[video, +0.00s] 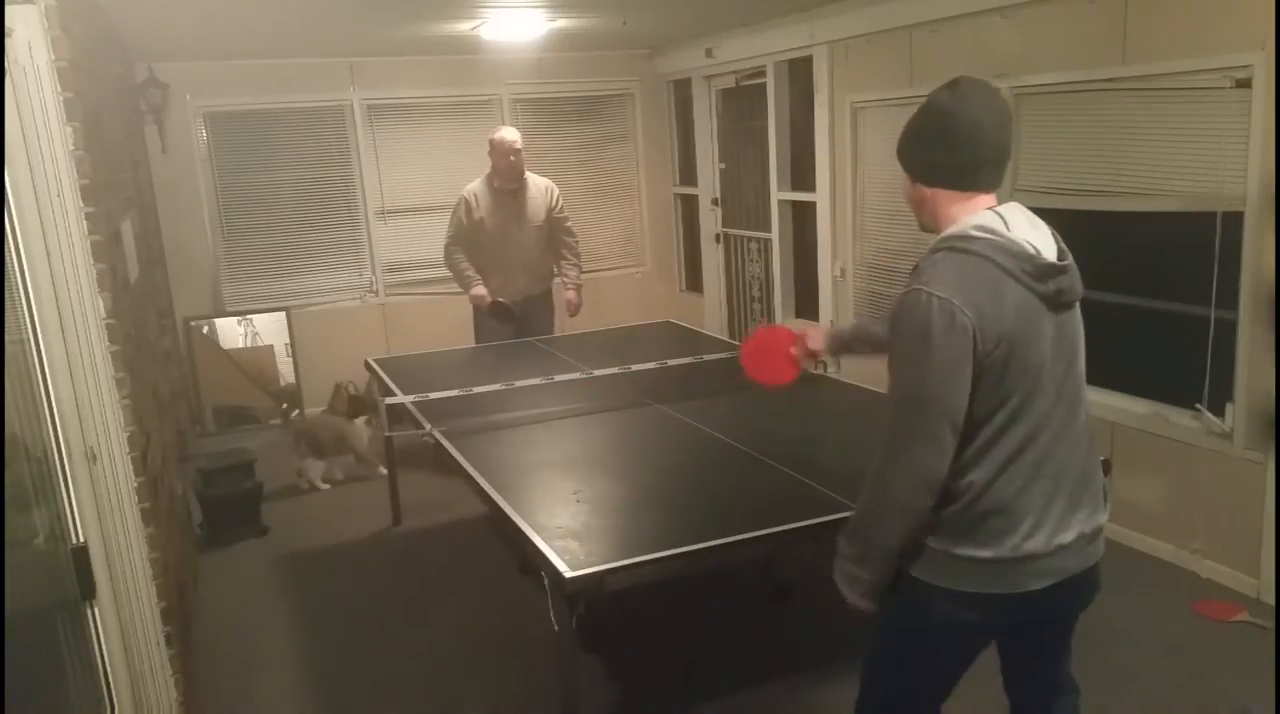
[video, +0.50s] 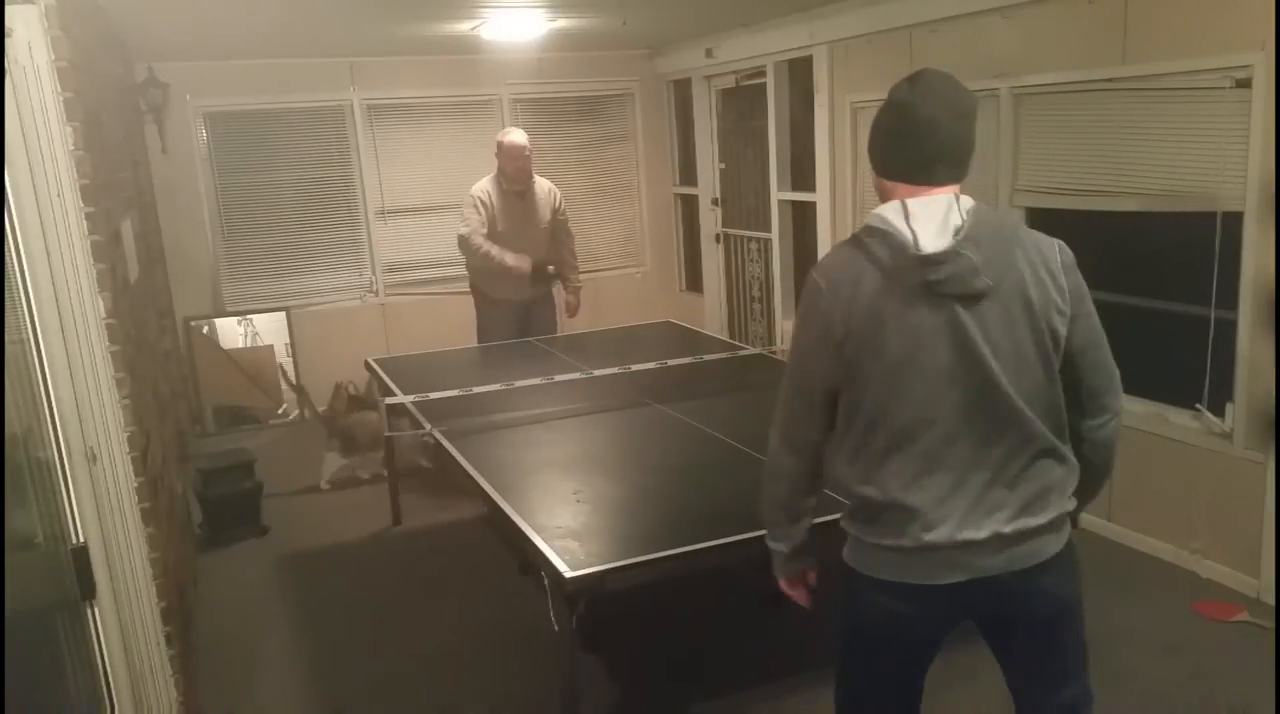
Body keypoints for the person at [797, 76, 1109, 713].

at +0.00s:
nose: (905, 189)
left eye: (906, 174)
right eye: (905, 173)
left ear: (919, 182)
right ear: (991, 168)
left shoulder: (941, 291)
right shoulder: (1039, 247)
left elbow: (917, 459)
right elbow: (953, 333)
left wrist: (860, 567)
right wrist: (837, 339)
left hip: (973, 569)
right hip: (1069, 556)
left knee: (891, 702)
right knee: (1045, 693)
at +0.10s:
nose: (902, 183)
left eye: (903, 167)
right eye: (905, 165)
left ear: (914, 173)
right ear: (994, 161)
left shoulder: (932, 285)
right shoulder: (1049, 247)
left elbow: (909, 456)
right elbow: (1002, 367)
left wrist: (867, 583)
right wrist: (875, 381)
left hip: (962, 568)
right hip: (1063, 554)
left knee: (891, 701)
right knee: (1049, 696)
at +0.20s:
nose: (897, 179)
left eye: (898, 163)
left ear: (905, 173)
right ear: (990, 162)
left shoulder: (910, 285)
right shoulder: (1057, 260)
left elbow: (882, 454)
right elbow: (1065, 404)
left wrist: (855, 587)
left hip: (942, 575)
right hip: (1053, 565)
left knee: (884, 701)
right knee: (1049, 698)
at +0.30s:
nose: (887, 180)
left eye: (890, 165)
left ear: (896, 173)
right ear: (981, 165)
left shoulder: (880, 288)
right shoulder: (1061, 270)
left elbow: (847, 449)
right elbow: (1076, 407)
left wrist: (832, 576)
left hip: (919, 581)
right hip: (1042, 572)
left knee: (875, 703)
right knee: (1050, 701)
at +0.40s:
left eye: (880, 163)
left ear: (883, 173)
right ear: (971, 167)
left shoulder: (852, 286)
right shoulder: (1053, 268)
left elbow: (812, 443)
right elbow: (1097, 410)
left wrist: (804, 562)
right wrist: (1066, 484)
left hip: (899, 583)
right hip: (1034, 574)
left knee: (872, 704)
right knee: (1053, 704)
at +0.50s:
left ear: (876, 167)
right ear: (966, 161)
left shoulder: (839, 279)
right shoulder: (1046, 261)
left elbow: (795, 434)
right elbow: (1101, 407)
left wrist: (788, 546)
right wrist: (1069, 493)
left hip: (893, 579)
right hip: (1033, 570)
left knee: (874, 706)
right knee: (1061, 705)